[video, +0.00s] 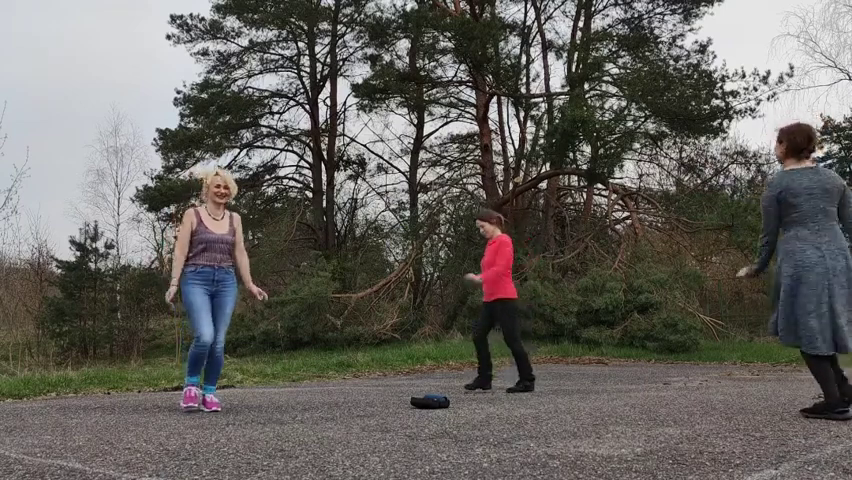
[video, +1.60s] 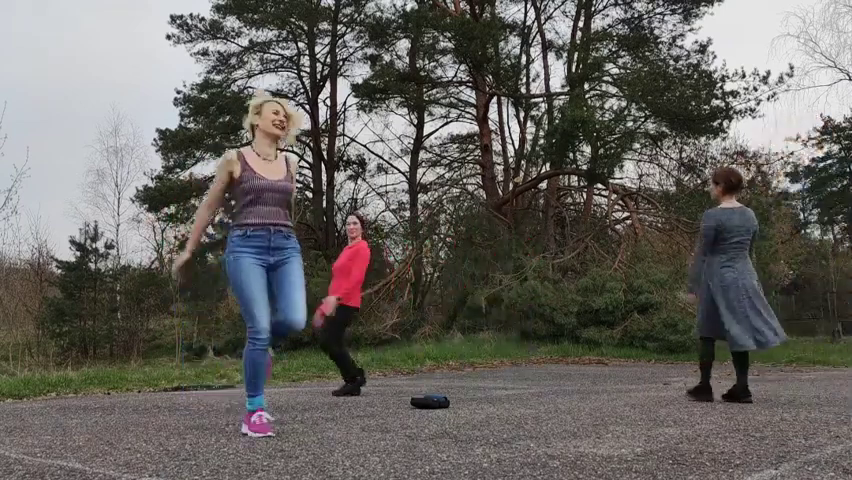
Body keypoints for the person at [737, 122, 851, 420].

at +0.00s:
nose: (775, 148)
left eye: (777, 144)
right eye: (776, 143)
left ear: (785, 147)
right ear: (808, 147)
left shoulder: (777, 182)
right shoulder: (834, 179)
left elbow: (769, 235)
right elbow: (847, 225)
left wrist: (759, 266)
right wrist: (844, 249)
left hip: (801, 260)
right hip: (837, 257)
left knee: (804, 330)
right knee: (824, 326)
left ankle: (833, 401)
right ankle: (840, 383)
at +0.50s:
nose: (762, 156)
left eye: (763, 152)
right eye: (762, 151)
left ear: (770, 154)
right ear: (792, 154)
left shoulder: (762, 186)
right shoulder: (811, 185)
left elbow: (759, 233)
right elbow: (826, 231)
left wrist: (756, 272)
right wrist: (836, 266)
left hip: (782, 262)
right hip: (817, 260)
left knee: (770, 324)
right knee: (815, 326)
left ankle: (795, 377)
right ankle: (822, 396)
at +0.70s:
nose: (752, 166)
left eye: (753, 161)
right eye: (752, 161)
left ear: (761, 163)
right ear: (781, 162)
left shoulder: (754, 192)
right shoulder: (798, 191)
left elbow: (757, 224)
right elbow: (805, 231)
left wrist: (763, 254)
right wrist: (795, 254)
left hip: (767, 264)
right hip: (798, 262)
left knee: (768, 327)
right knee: (803, 326)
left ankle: (779, 393)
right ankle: (818, 393)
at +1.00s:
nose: (733, 174)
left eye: (734, 170)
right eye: (733, 169)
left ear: (741, 172)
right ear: (761, 172)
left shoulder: (735, 198)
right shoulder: (777, 200)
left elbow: (731, 224)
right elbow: (800, 235)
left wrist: (730, 250)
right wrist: (819, 263)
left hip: (752, 270)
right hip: (780, 269)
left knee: (758, 329)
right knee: (771, 327)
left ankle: (778, 393)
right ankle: (772, 388)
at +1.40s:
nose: (713, 185)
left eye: (715, 181)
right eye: (714, 180)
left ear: (724, 183)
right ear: (738, 183)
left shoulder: (718, 208)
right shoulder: (755, 207)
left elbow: (720, 233)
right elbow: (782, 233)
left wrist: (726, 256)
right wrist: (810, 255)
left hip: (730, 272)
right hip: (752, 273)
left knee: (719, 331)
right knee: (743, 328)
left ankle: (755, 372)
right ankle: (744, 384)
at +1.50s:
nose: (713, 187)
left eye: (715, 182)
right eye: (713, 182)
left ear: (722, 184)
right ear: (739, 185)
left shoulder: (715, 212)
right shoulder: (753, 212)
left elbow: (716, 247)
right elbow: (768, 247)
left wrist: (722, 279)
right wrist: (787, 274)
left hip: (722, 277)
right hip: (749, 276)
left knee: (713, 332)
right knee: (741, 332)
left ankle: (731, 381)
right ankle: (743, 387)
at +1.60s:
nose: (711, 189)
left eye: (713, 185)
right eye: (712, 185)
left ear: (722, 187)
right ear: (734, 187)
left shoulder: (713, 215)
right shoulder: (749, 215)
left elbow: (701, 252)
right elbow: (749, 248)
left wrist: (692, 285)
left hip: (718, 278)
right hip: (744, 276)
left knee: (707, 330)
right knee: (739, 331)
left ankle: (704, 385)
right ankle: (742, 387)